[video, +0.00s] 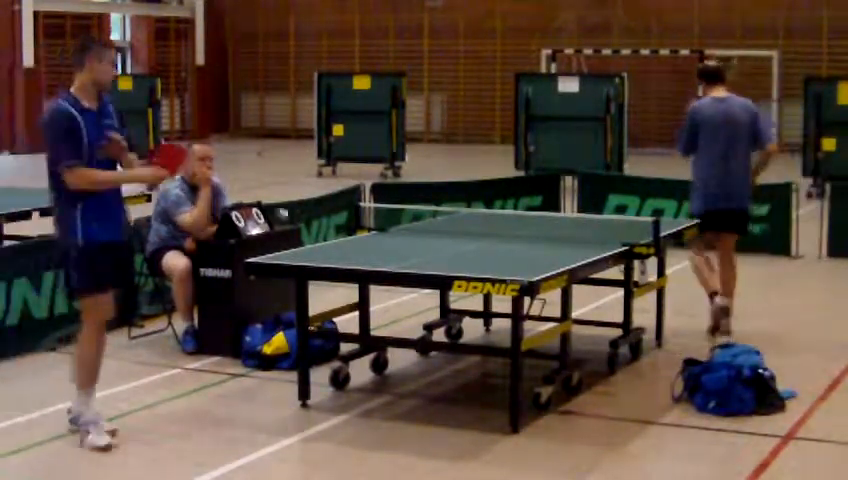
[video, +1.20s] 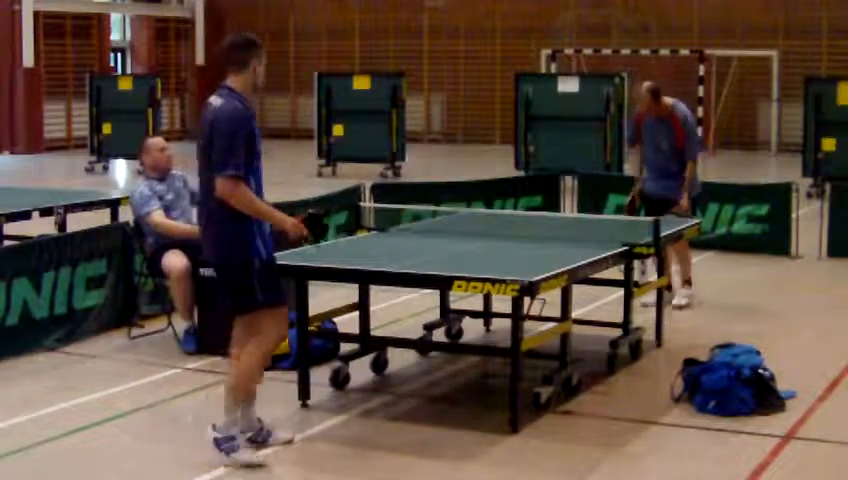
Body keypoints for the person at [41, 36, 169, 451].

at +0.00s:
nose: (114, 72)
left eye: (114, 64)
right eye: (109, 63)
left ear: (101, 66)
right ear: (87, 64)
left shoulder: (107, 108)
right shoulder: (61, 114)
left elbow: (130, 166)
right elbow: (71, 177)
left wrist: (123, 153)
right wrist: (134, 175)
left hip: (111, 228)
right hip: (82, 232)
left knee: (100, 317)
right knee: (95, 316)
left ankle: (84, 405)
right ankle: (84, 408)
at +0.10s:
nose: (126, 73)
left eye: (125, 66)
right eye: (121, 66)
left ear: (108, 68)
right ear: (100, 67)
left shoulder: (113, 110)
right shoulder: (75, 116)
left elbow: (129, 158)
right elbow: (89, 179)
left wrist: (156, 163)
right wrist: (149, 177)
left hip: (118, 232)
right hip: (95, 237)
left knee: (100, 318)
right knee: (114, 320)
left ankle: (82, 408)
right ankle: (122, 424)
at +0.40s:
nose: (165, 74)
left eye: (164, 67)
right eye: (161, 67)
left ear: (139, 68)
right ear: (147, 69)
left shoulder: (145, 114)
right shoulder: (121, 120)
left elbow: (151, 178)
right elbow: (120, 192)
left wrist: (180, 209)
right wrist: (174, 214)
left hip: (156, 238)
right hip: (139, 242)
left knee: (149, 330)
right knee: (151, 332)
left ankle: (98, 394)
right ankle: (168, 428)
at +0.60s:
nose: (191, 75)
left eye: (190, 67)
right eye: (189, 67)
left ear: (163, 67)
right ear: (177, 68)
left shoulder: (167, 113)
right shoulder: (151, 118)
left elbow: (176, 175)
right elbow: (147, 189)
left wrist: (203, 201)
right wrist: (199, 218)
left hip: (183, 233)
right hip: (159, 239)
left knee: (211, 310)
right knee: (162, 324)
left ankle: (159, 390)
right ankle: (167, 426)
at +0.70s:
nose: (206, 76)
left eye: (205, 68)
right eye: (203, 68)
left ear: (180, 68)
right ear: (191, 68)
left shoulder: (178, 114)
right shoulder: (166, 117)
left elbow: (178, 186)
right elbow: (165, 190)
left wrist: (211, 211)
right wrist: (217, 216)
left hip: (192, 235)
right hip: (168, 239)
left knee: (221, 306)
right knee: (172, 322)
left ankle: (207, 414)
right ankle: (168, 429)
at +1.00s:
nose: (246, 76)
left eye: (244, 68)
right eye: (243, 68)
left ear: (215, 67)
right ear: (233, 68)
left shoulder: (220, 113)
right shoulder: (207, 117)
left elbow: (213, 188)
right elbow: (204, 189)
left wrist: (248, 216)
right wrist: (255, 214)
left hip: (232, 244)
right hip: (211, 247)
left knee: (245, 325)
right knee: (221, 333)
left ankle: (247, 422)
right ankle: (176, 421)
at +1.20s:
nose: (264, 74)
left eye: (263, 66)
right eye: (262, 66)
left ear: (231, 65)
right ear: (252, 67)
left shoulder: (223, 107)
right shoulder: (232, 113)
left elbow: (222, 183)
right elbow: (227, 186)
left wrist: (270, 220)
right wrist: (280, 219)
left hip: (233, 242)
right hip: (241, 245)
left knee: (246, 330)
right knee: (273, 324)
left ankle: (248, 426)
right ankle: (229, 430)